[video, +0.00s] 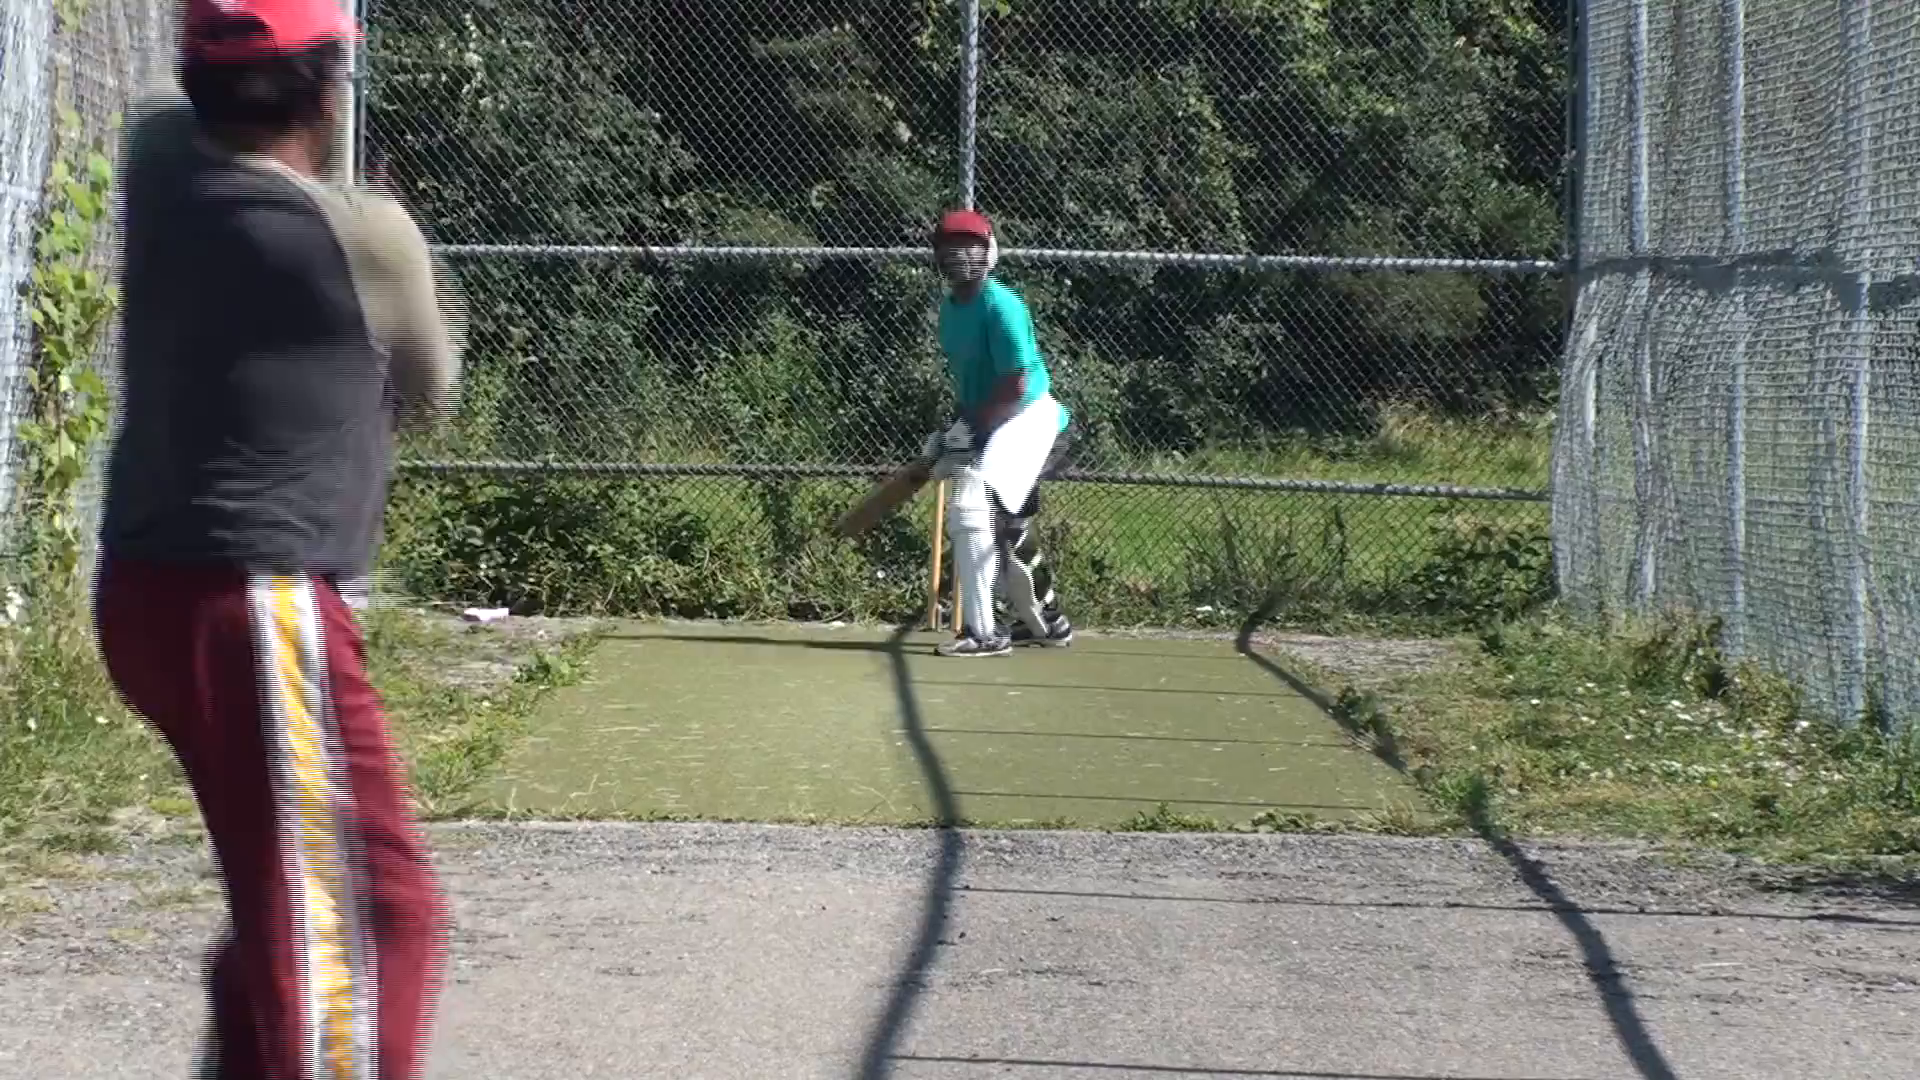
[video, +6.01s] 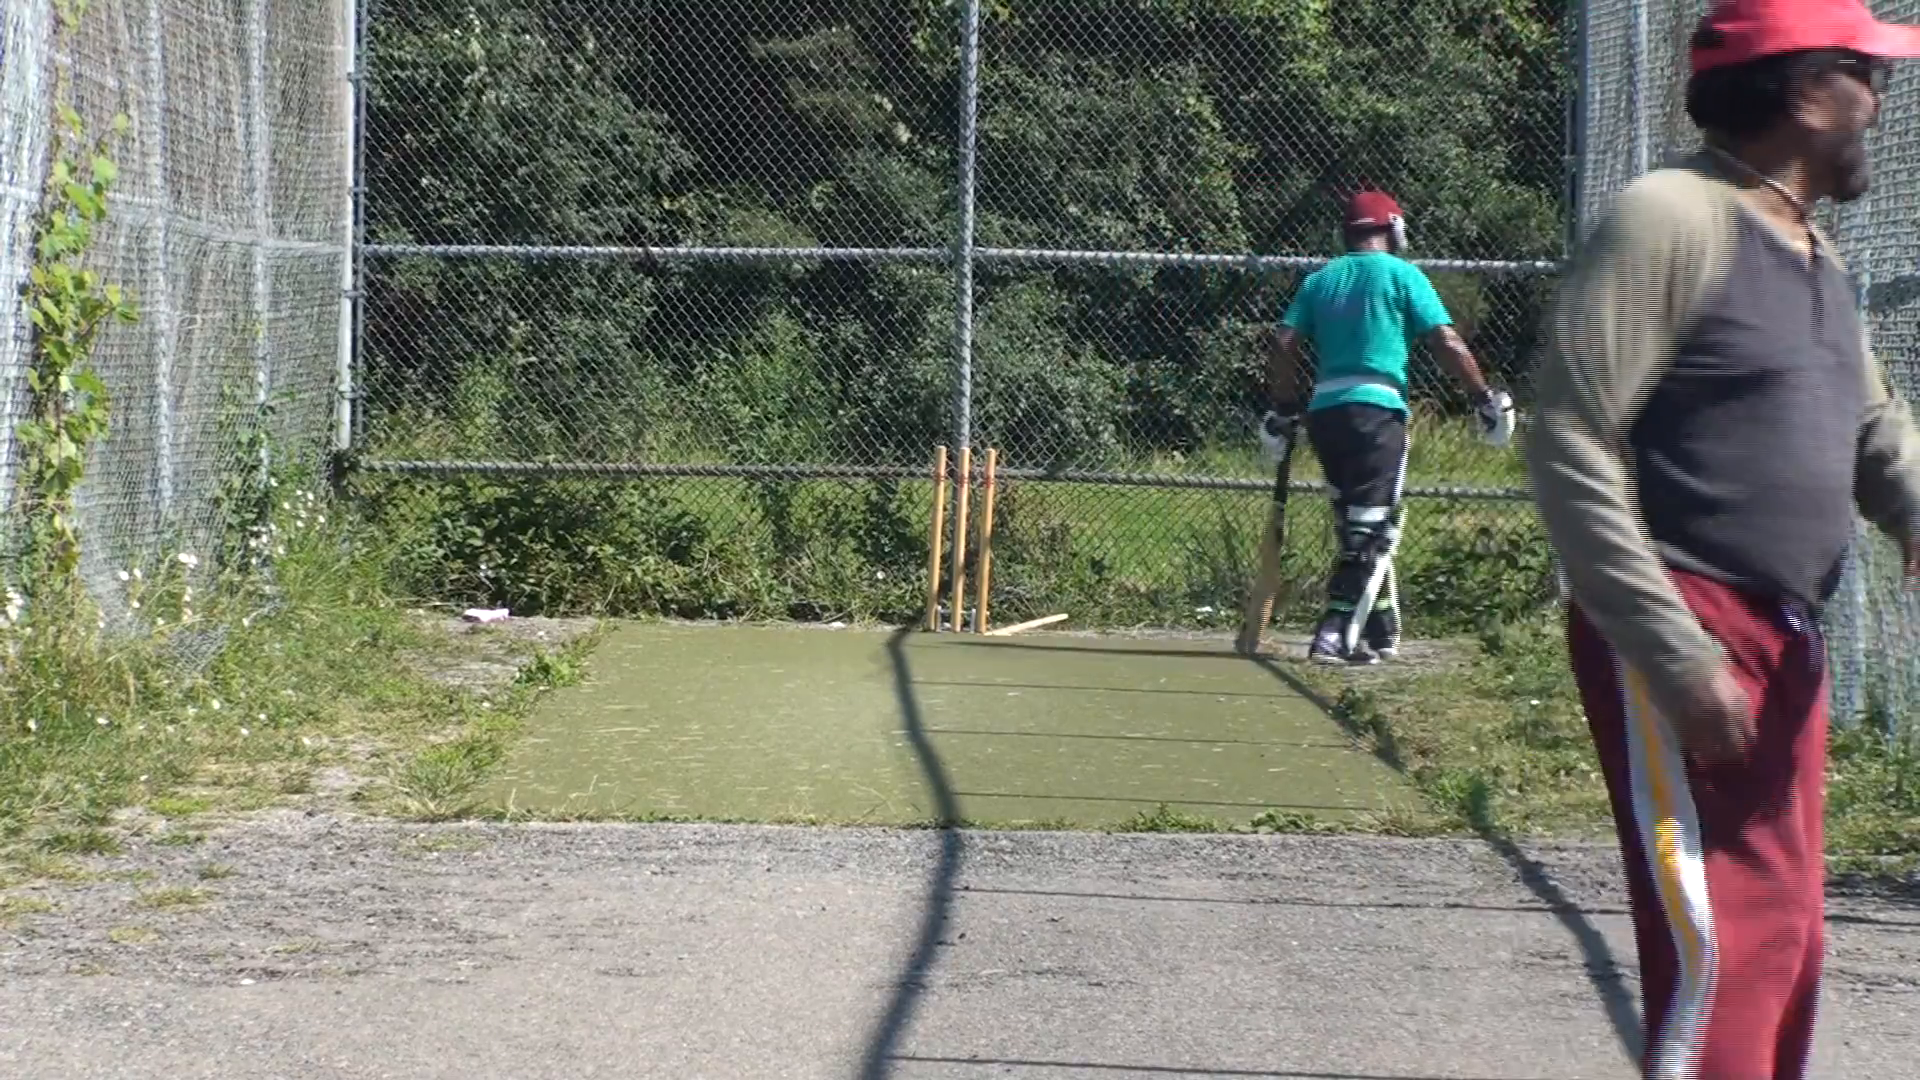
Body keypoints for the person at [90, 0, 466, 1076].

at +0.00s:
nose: (349, 89)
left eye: (342, 69)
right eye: (342, 73)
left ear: (204, 94)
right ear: (327, 91)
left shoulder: (161, 187)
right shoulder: (359, 228)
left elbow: (183, 102)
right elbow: (425, 391)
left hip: (152, 592)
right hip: (267, 601)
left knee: (279, 897)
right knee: (348, 910)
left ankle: (251, 1063)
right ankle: (330, 1070)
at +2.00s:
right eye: (114, 183)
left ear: (16, 194)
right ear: (124, 194)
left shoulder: (2, 273)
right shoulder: (190, 281)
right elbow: (259, 449)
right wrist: (230, 568)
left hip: (29, 531)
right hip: (175, 529)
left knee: (7, 825)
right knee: (226, 811)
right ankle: (291, 1058)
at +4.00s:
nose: (1181, 173)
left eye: (1180, 155)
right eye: (1173, 155)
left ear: (1082, 156)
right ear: (1144, 165)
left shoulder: (1086, 260)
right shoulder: (1055, 256)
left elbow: (1129, 443)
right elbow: (1016, 452)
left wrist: (1260, 504)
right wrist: (1120, 614)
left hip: (1027, 563)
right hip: (976, 564)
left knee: (1095, 835)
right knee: (1061, 832)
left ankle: (1030, 1065)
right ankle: (876, 1044)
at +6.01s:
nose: (1878, 106)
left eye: (1874, 81)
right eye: (1861, 79)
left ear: (1797, 99)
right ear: (1796, 92)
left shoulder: (1816, 253)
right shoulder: (1663, 214)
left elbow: (1872, 431)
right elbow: (1565, 436)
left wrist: (1910, 516)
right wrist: (1674, 657)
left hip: (1783, 631)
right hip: (1679, 617)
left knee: (1790, 943)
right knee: (1724, 951)